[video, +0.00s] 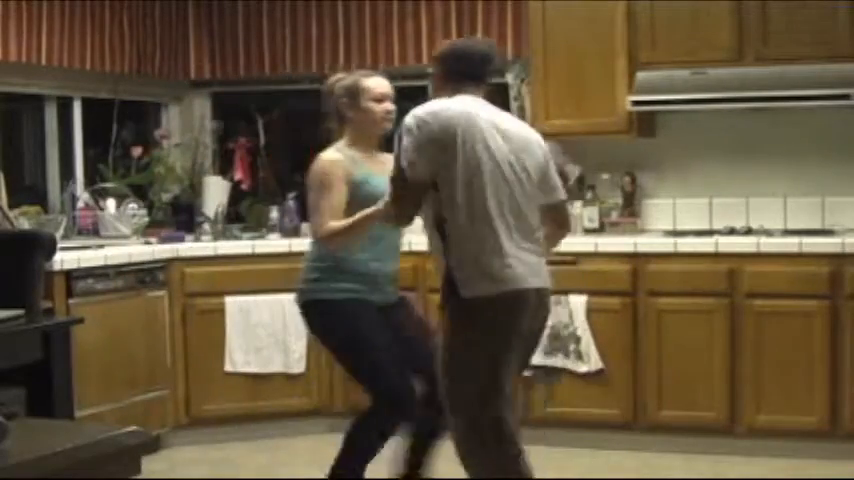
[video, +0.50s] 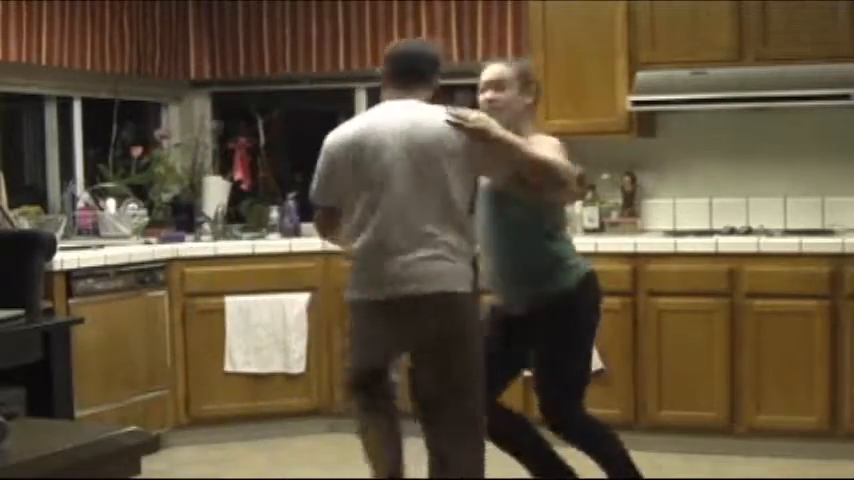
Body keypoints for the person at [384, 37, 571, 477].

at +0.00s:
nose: (430, 82)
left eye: (432, 75)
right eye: (433, 75)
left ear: (441, 76)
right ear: (487, 81)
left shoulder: (428, 119)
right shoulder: (526, 134)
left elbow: (402, 208)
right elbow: (559, 222)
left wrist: (385, 213)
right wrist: (519, 255)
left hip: (482, 296)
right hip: (534, 293)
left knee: (474, 418)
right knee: (493, 411)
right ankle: (509, 473)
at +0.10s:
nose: (416, 90)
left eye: (419, 82)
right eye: (417, 84)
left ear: (426, 81)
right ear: (473, 85)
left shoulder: (412, 127)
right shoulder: (512, 139)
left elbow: (391, 208)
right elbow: (552, 220)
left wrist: (347, 233)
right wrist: (516, 248)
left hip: (463, 296)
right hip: (517, 293)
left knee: (482, 414)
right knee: (480, 410)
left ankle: (518, 476)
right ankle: (461, 477)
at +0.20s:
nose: (405, 88)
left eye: (407, 80)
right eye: (407, 80)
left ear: (415, 82)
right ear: (463, 86)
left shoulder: (396, 130)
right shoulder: (502, 138)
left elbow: (367, 216)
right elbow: (544, 217)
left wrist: (314, 231)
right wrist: (519, 232)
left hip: (447, 301)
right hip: (505, 296)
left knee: (438, 437)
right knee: (464, 430)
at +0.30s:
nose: (394, 80)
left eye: (397, 74)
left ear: (402, 78)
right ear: (452, 82)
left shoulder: (378, 130)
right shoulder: (482, 130)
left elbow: (344, 215)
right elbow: (537, 202)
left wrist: (308, 226)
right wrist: (553, 203)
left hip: (424, 299)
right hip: (492, 295)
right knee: (468, 421)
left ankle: (460, 466)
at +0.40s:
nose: (388, 80)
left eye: (388, 74)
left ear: (391, 76)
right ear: (444, 81)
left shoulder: (361, 132)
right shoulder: (472, 128)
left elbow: (328, 224)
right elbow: (525, 183)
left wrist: (329, 228)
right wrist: (556, 211)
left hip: (399, 293)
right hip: (474, 289)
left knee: (359, 378)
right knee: (473, 409)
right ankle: (472, 474)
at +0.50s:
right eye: (432, 81)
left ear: (383, 79)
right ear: (435, 82)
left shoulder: (344, 137)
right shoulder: (460, 130)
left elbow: (327, 223)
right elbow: (521, 168)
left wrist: (366, 240)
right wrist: (567, 184)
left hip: (376, 294)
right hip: (448, 291)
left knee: (369, 385)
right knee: (454, 413)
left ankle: (389, 472)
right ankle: (455, 475)